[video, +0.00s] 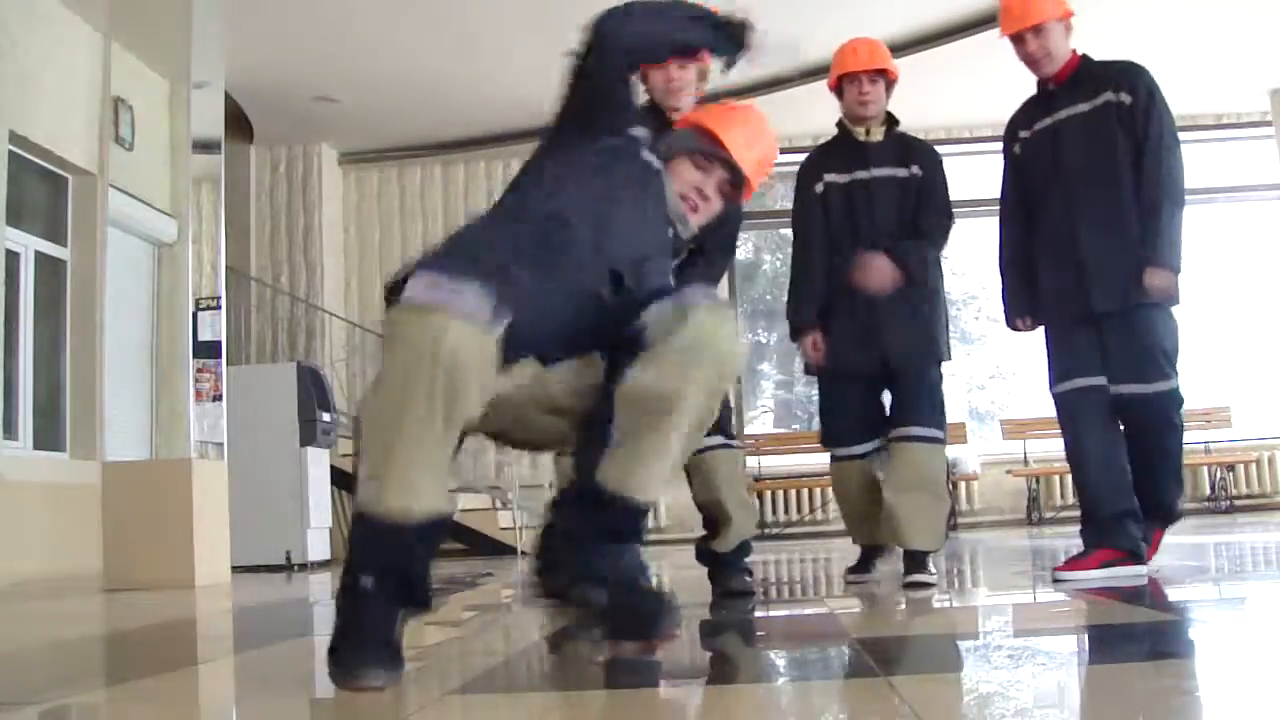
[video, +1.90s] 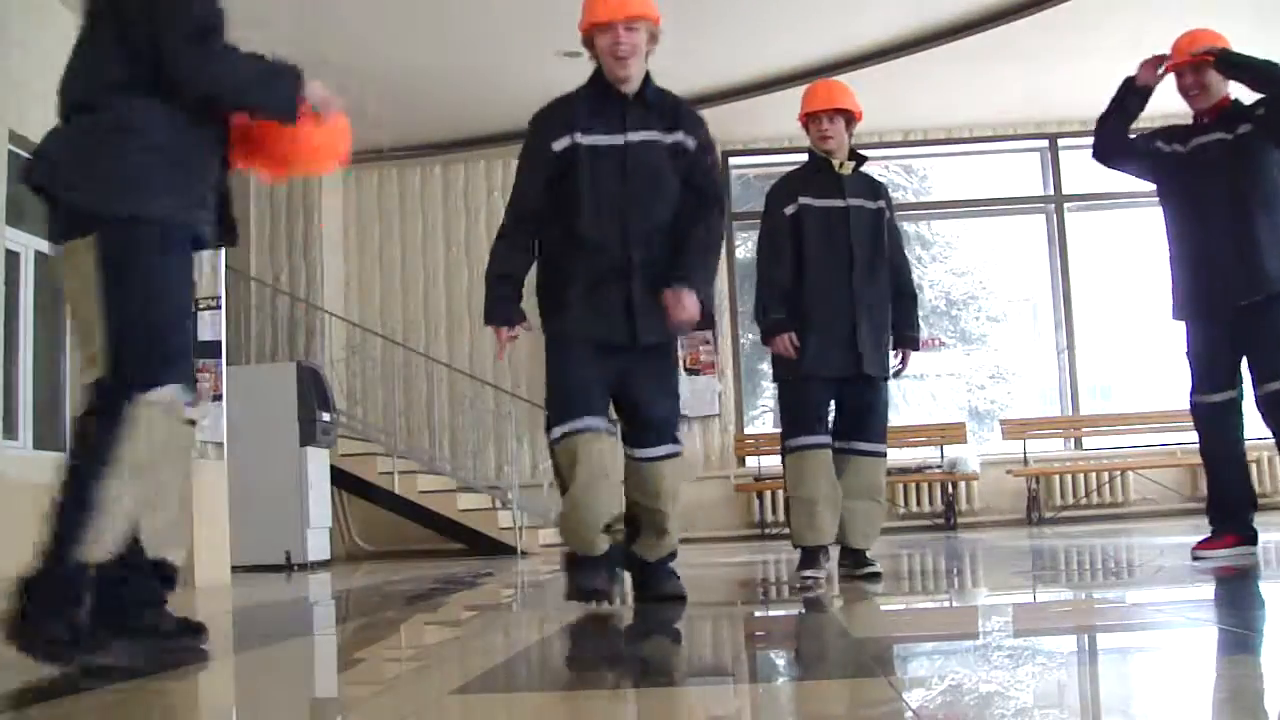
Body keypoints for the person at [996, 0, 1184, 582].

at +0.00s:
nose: (1028, 46)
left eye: (1037, 31)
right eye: (1018, 38)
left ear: (1067, 25)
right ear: (1011, 46)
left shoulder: (1127, 82)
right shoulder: (1021, 125)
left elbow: (1164, 172)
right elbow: (1014, 217)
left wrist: (1163, 258)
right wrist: (1017, 295)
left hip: (1133, 282)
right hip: (1063, 294)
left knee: (1150, 408)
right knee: (1083, 418)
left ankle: (1153, 514)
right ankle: (1113, 541)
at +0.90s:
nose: (1114, 75)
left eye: (1123, 64)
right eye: (1104, 67)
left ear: (1148, 61)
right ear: (1097, 73)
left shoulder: (1192, 124)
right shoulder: (1092, 144)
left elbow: (1225, 205)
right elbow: (1077, 224)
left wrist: (1238, 280)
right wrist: (1075, 289)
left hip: (1175, 295)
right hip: (1114, 300)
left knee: (1164, 409)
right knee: (1125, 410)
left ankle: (1157, 539)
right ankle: (1197, 498)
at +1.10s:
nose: (1127, 93)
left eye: (1135, 81)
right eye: (1117, 85)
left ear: (1161, 77)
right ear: (1109, 89)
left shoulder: (1203, 133)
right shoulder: (1113, 160)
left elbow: (1243, 191)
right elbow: (1098, 238)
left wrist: (1200, 216)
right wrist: (1087, 305)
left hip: (1197, 301)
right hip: (1143, 306)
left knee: (1175, 411)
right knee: (1177, 416)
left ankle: (1159, 535)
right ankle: (1231, 526)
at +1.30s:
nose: (1137, 96)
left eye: (1144, 83)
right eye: (1128, 89)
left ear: (1171, 78)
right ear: (1123, 95)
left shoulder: (1216, 126)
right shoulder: (1132, 163)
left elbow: (1257, 160)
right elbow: (1119, 242)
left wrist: (1188, 124)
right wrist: (1092, 301)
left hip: (1218, 294)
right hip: (1166, 303)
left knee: (1197, 406)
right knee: (1190, 413)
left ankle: (1176, 526)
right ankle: (1233, 526)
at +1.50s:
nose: (1148, 92)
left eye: (1156, 80)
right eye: (1141, 84)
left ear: (1181, 79)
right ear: (1136, 91)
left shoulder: (1221, 129)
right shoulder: (1148, 160)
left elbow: (1263, 116)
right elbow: (1113, 222)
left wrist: (1196, 75)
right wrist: (1068, 211)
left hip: (1228, 287)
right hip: (1180, 299)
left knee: (1220, 400)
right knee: (1190, 409)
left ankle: (1254, 524)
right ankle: (1228, 526)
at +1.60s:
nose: (1158, 88)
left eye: (1167, 76)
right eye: (1150, 80)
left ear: (1192, 78)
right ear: (1144, 89)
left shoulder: (1229, 128)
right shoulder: (1149, 159)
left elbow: (1264, 109)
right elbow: (1102, 203)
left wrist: (1197, 69)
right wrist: (1080, 159)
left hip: (1237, 288)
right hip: (1182, 304)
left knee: (1239, 397)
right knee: (1195, 413)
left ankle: (1279, 520)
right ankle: (1232, 528)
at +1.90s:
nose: (1190, 81)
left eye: (1199, 68)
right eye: (1181, 73)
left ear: (1224, 70)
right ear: (1175, 83)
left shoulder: (1263, 123)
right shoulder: (1165, 145)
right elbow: (1107, 147)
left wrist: (1226, 60)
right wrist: (1137, 86)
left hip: (1268, 294)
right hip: (1205, 304)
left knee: (1276, 406)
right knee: (1215, 418)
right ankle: (1232, 529)